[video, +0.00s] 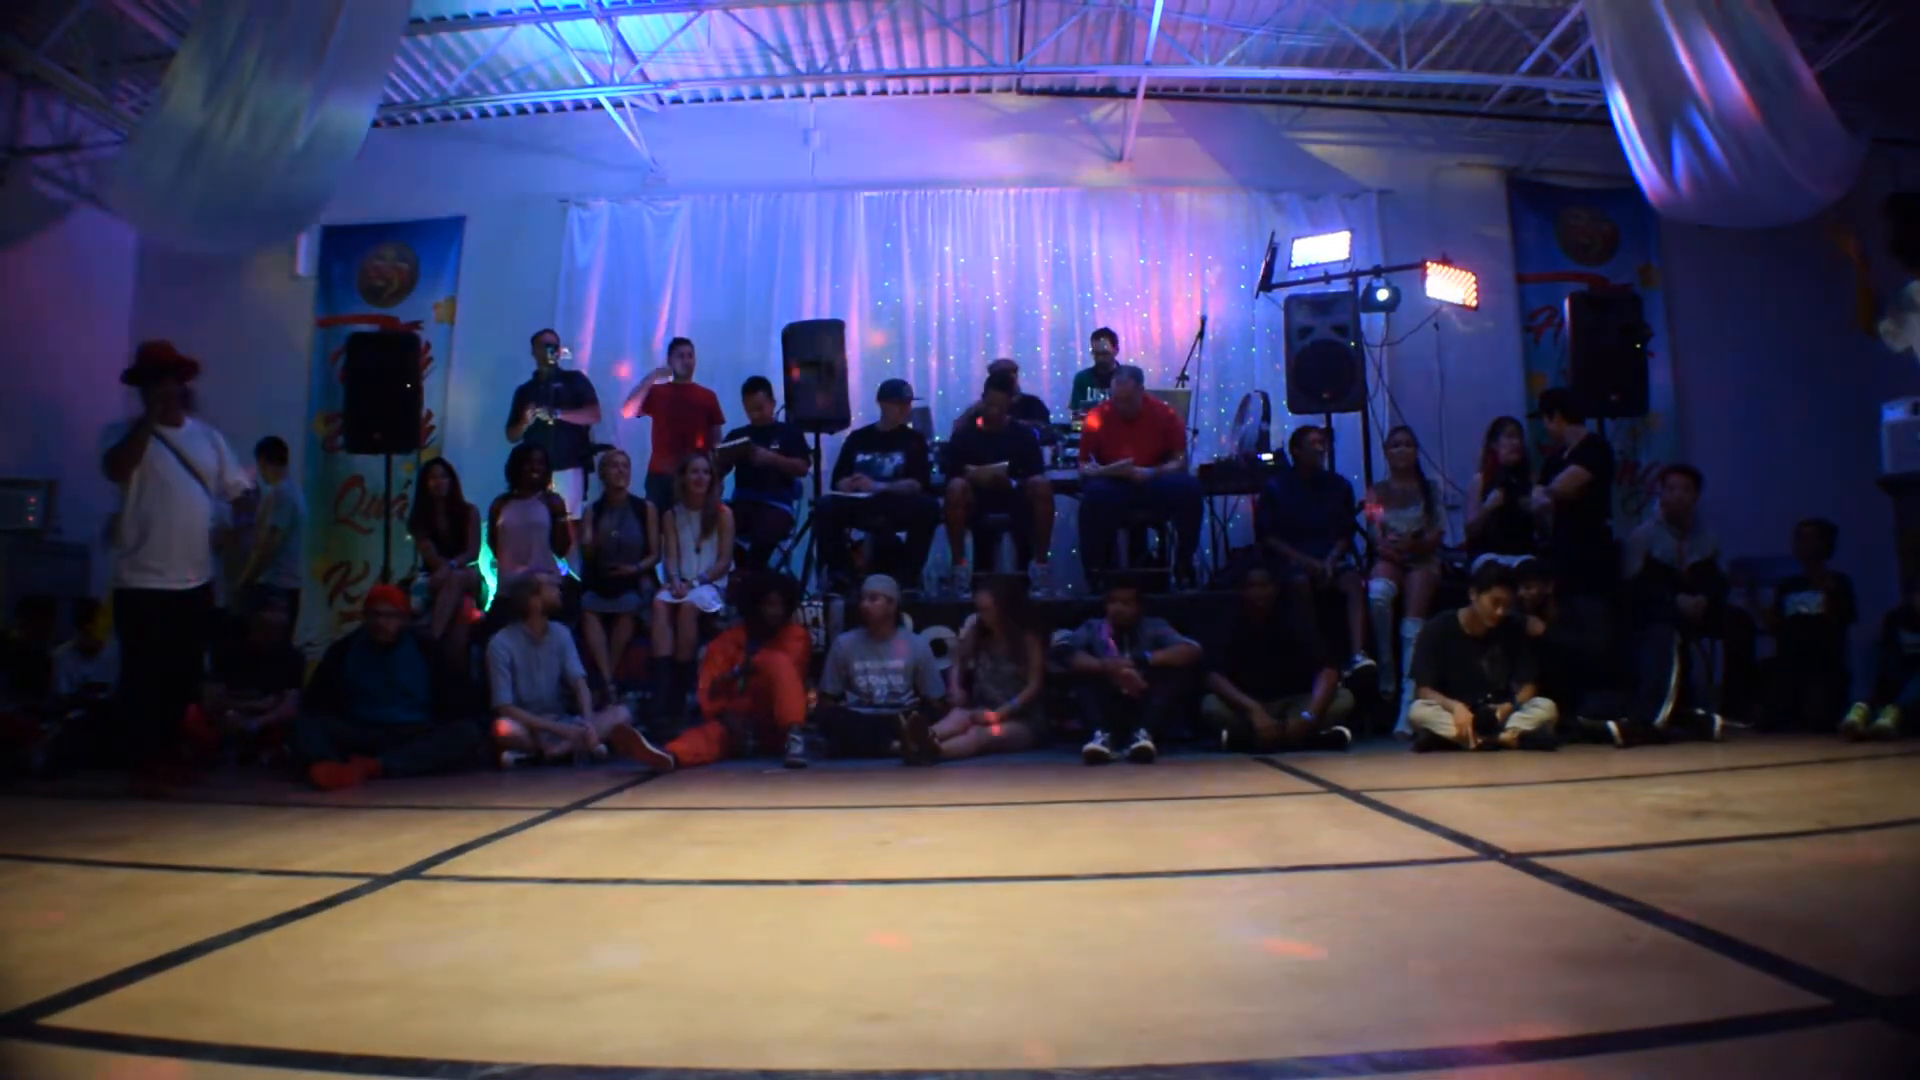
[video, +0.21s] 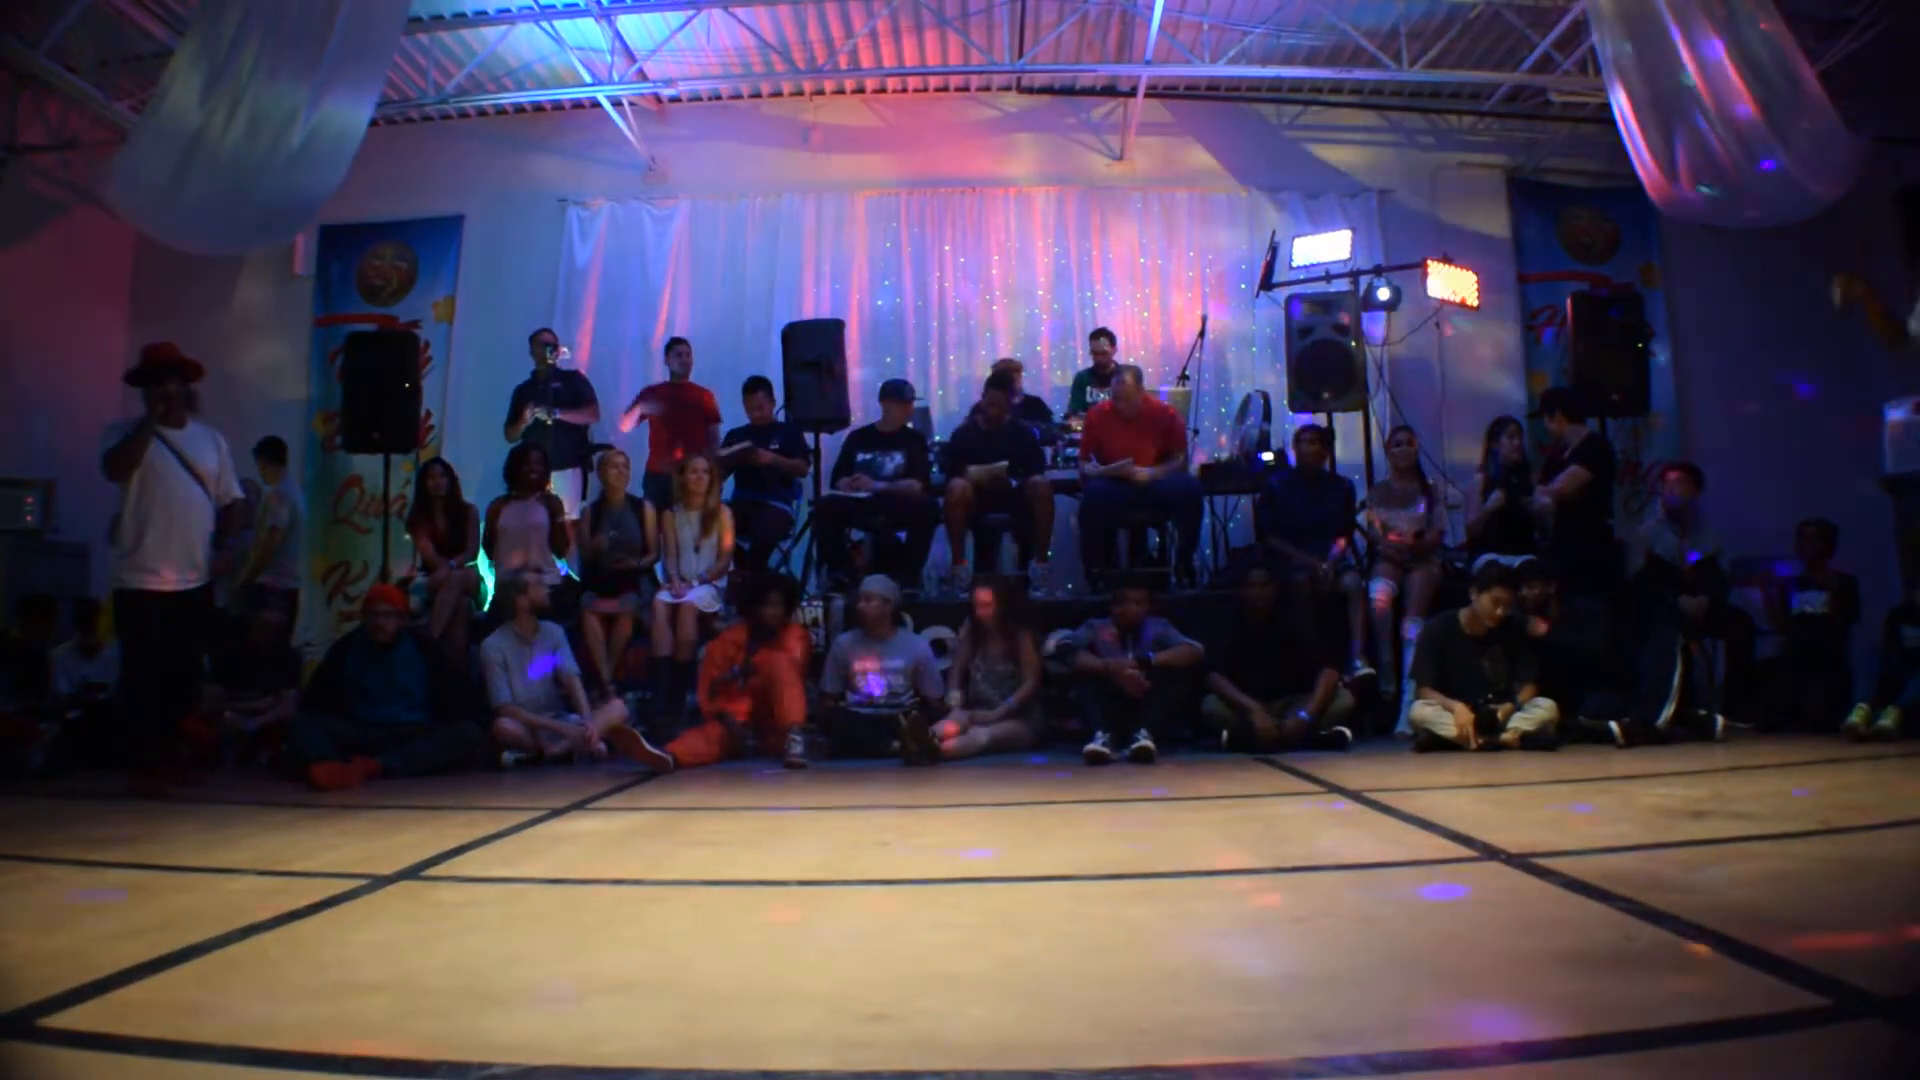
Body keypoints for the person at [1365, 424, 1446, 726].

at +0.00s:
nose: (1401, 451)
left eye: (1407, 445)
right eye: (1394, 446)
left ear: (1417, 452)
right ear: (1386, 453)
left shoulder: (1430, 489)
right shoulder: (1377, 491)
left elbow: (1439, 528)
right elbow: (1374, 533)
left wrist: (1415, 544)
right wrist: (1391, 547)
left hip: (1420, 557)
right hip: (1388, 556)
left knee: (1412, 630)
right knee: (1378, 596)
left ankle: (1407, 708)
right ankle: (1386, 669)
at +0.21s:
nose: (1403, 450)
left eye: (1408, 444)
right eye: (1396, 445)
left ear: (1417, 450)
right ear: (1387, 452)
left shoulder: (1431, 490)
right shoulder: (1378, 492)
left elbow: (1439, 528)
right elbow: (1373, 530)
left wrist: (1417, 545)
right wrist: (1390, 548)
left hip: (1421, 557)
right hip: (1389, 556)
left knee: (1413, 626)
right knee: (1379, 599)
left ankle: (1410, 691)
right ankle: (1385, 673)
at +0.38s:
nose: (1404, 450)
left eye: (1409, 445)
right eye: (1397, 445)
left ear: (1418, 451)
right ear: (1387, 452)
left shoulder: (1430, 490)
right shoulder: (1377, 492)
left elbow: (1438, 531)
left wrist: (1410, 544)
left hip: (1420, 556)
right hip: (1388, 557)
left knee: (1413, 628)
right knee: (1378, 597)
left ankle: (1409, 707)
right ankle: (1387, 676)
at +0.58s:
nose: (1403, 451)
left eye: (1408, 445)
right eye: (1396, 446)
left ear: (1415, 451)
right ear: (1386, 452)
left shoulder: (1428, 489)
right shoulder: (1376, 492)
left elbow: (1437, 526)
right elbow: (1369, 529)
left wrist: (1419, 543)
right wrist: (1386, 544)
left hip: (1418, 554)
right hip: (1387, 553)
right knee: (1377, 598)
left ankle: (1408, 679)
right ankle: (1384, 669)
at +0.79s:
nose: (1403, 451)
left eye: (1409, 445)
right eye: (1396, 446)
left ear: (1416, 451)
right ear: (1387, 452)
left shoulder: (1431, 488)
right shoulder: (1377, 492)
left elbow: (1439, 527)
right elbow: (1373, 533)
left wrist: (1418, 545)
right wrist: (1390, 549)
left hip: (1420, 557)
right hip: (1388, 556)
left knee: (1412, 628)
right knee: (1378, 596)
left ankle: (1408, 707)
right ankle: (1384, 671)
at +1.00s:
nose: (1403, 451)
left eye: (1409, 445)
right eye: (1396, 446)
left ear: (1417, 451)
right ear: (1387, 453)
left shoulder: (1431, 488)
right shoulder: (1377, 492)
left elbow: (1440, 525)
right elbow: (1371, 530)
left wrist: (1422, 541)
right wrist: (1387, 546)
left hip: (1420, 555)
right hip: (1387, 554)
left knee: (1412, 628)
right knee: (1378, 595)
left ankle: (1408, 705)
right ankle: (1385, 671)